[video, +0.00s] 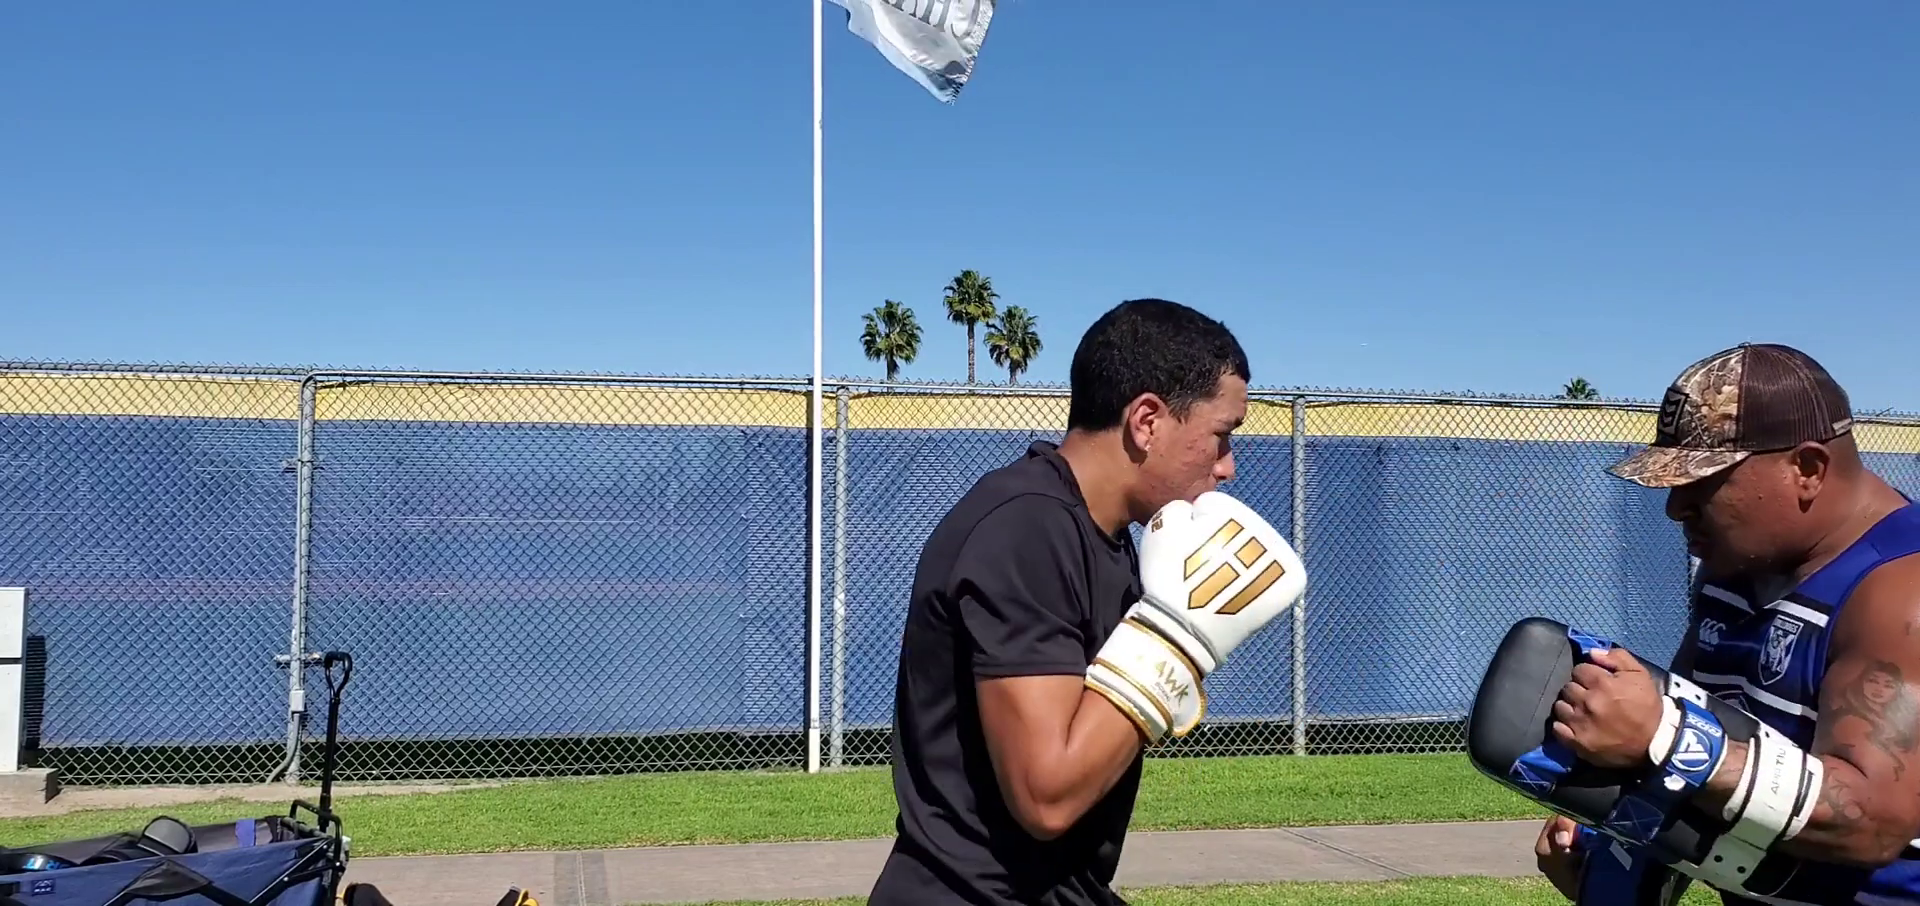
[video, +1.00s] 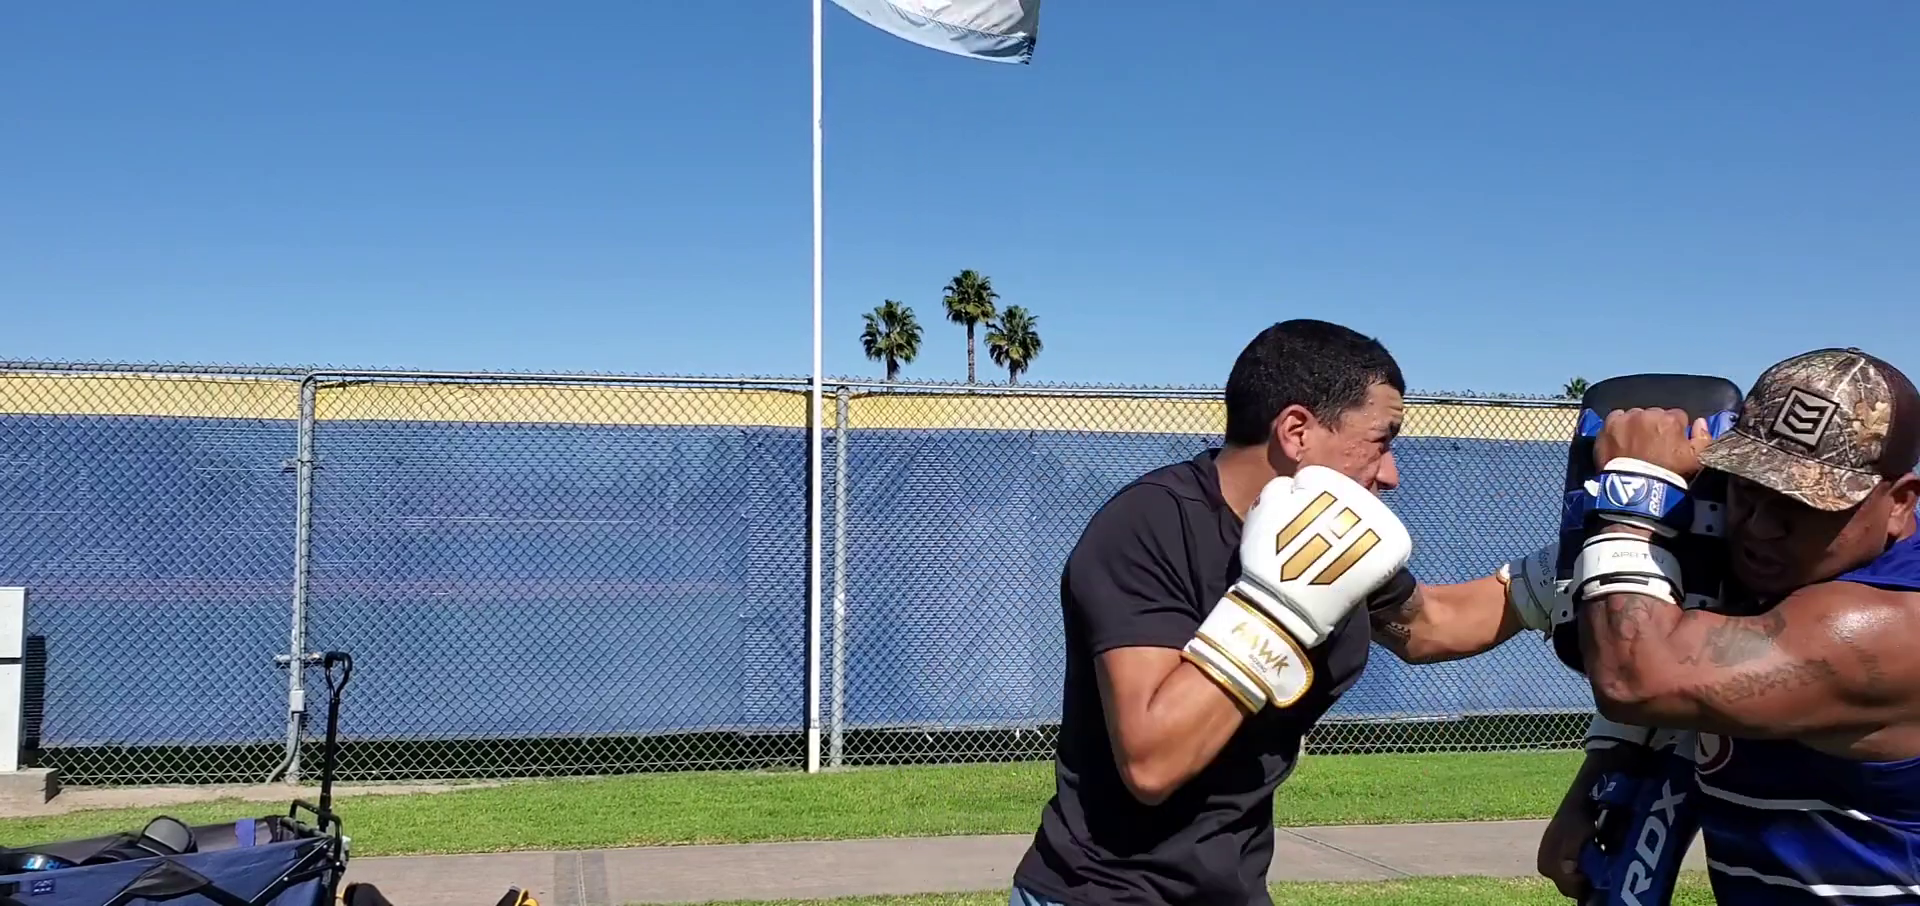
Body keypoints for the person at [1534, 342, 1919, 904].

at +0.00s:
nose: (1674, 508)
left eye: (1702, 483)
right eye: (1676, 482)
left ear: (1807, 471)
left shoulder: (1900, 594)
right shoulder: (1734, 557)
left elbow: (1870, 819)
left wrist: (1668, 735)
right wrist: (1611, 841)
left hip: (1869, 893)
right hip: (1753, 885)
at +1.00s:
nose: (1758, 527)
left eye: (1800, 506)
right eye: (1749, 490)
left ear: (1902, 502)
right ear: (1732, 468)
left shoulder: (1882, 630)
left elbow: (1636, 672)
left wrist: (1632, 487)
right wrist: (1592, 790)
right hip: (1749, 884)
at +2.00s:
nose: (1836, 472)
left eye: (1867, 446)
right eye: (1835, 444)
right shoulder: (1865, 551)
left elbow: (1907, 783)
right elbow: (1763, 611)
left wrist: (1777, 823)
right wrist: (1718, 503)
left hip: (1897, 869)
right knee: (1722, 886)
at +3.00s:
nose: (1693, 504)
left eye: (1707, 476)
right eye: (1685, 489)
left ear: (1774, 451)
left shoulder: (1900, 542)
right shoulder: (1734, 584)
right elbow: (1624, 635)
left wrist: (1865, 850)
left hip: (1898, 883)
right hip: (1794, 875)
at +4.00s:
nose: (1818, 456)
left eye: (1848, 428)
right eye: (1813, 432)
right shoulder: (1832, 557)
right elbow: (1727, 649)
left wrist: (1834, 812)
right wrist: (1698, 497)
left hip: (1906, 853)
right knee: (1741, 889)